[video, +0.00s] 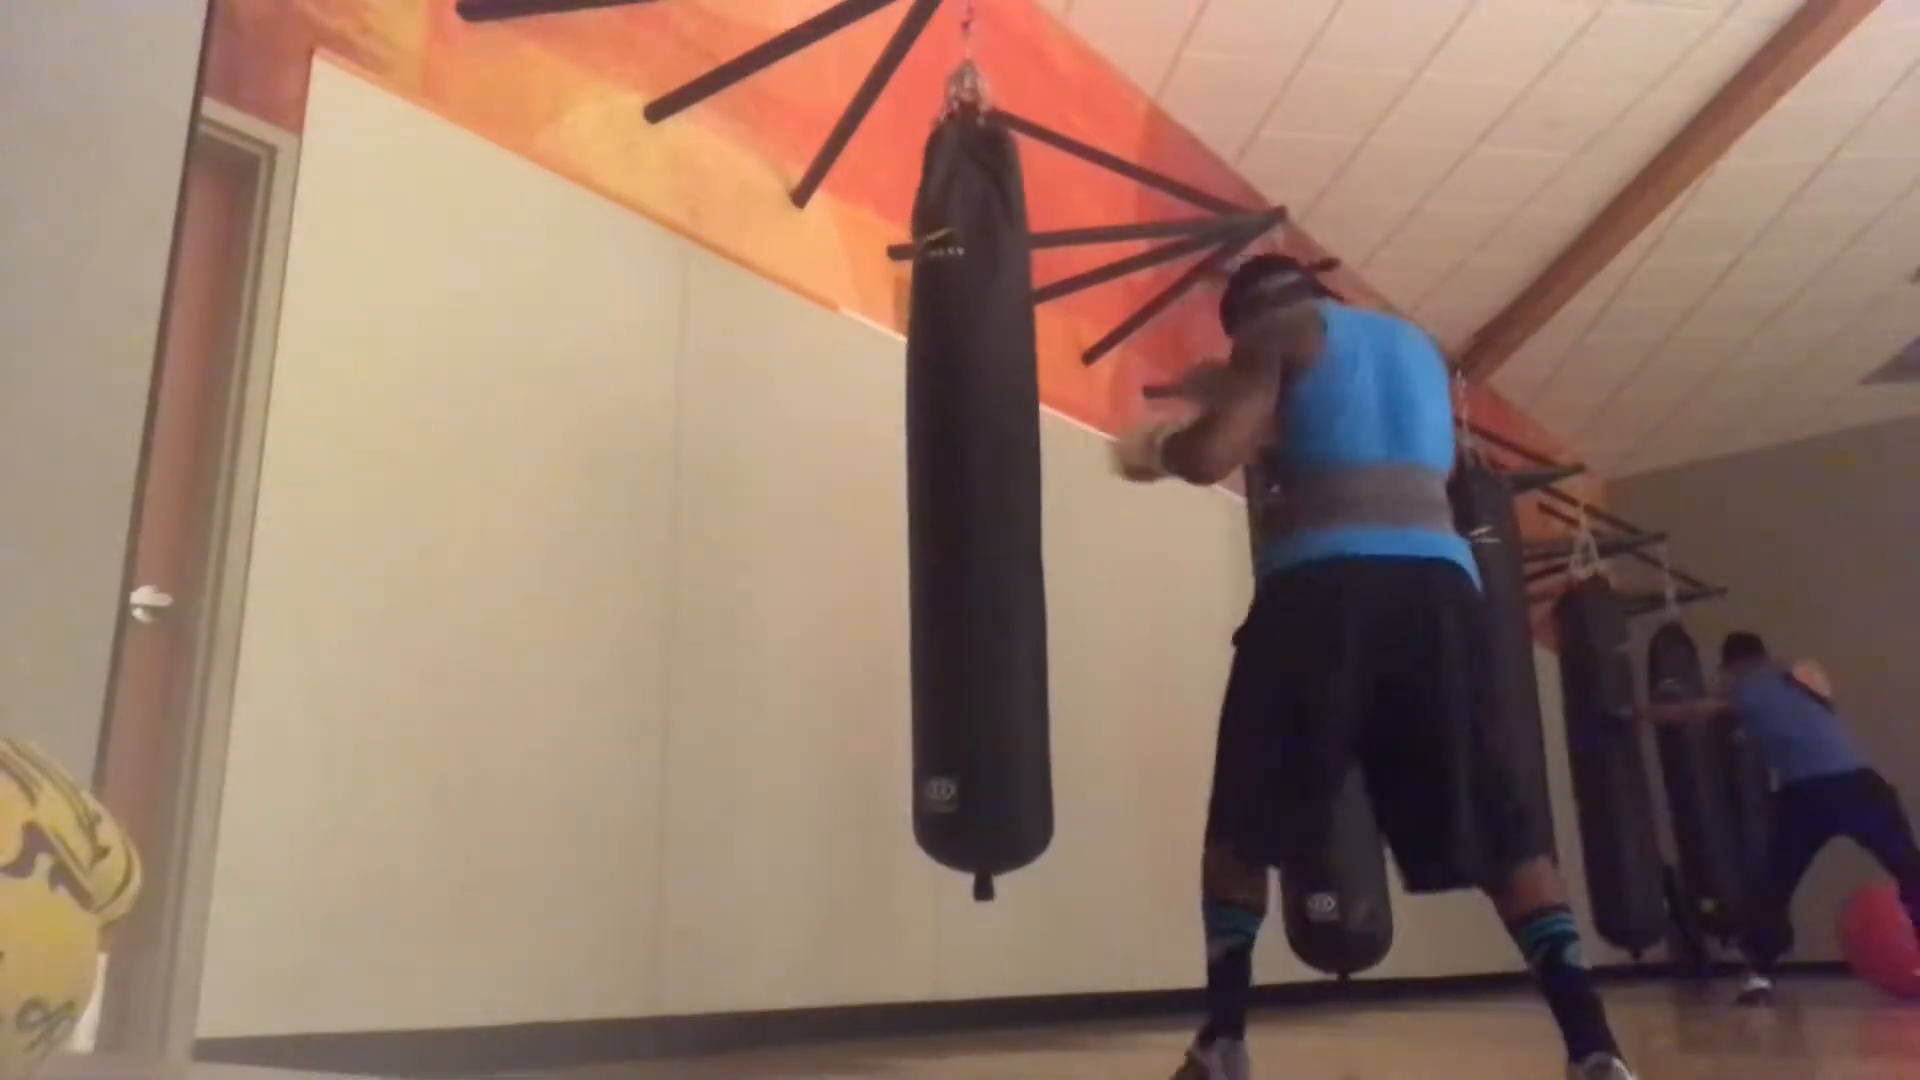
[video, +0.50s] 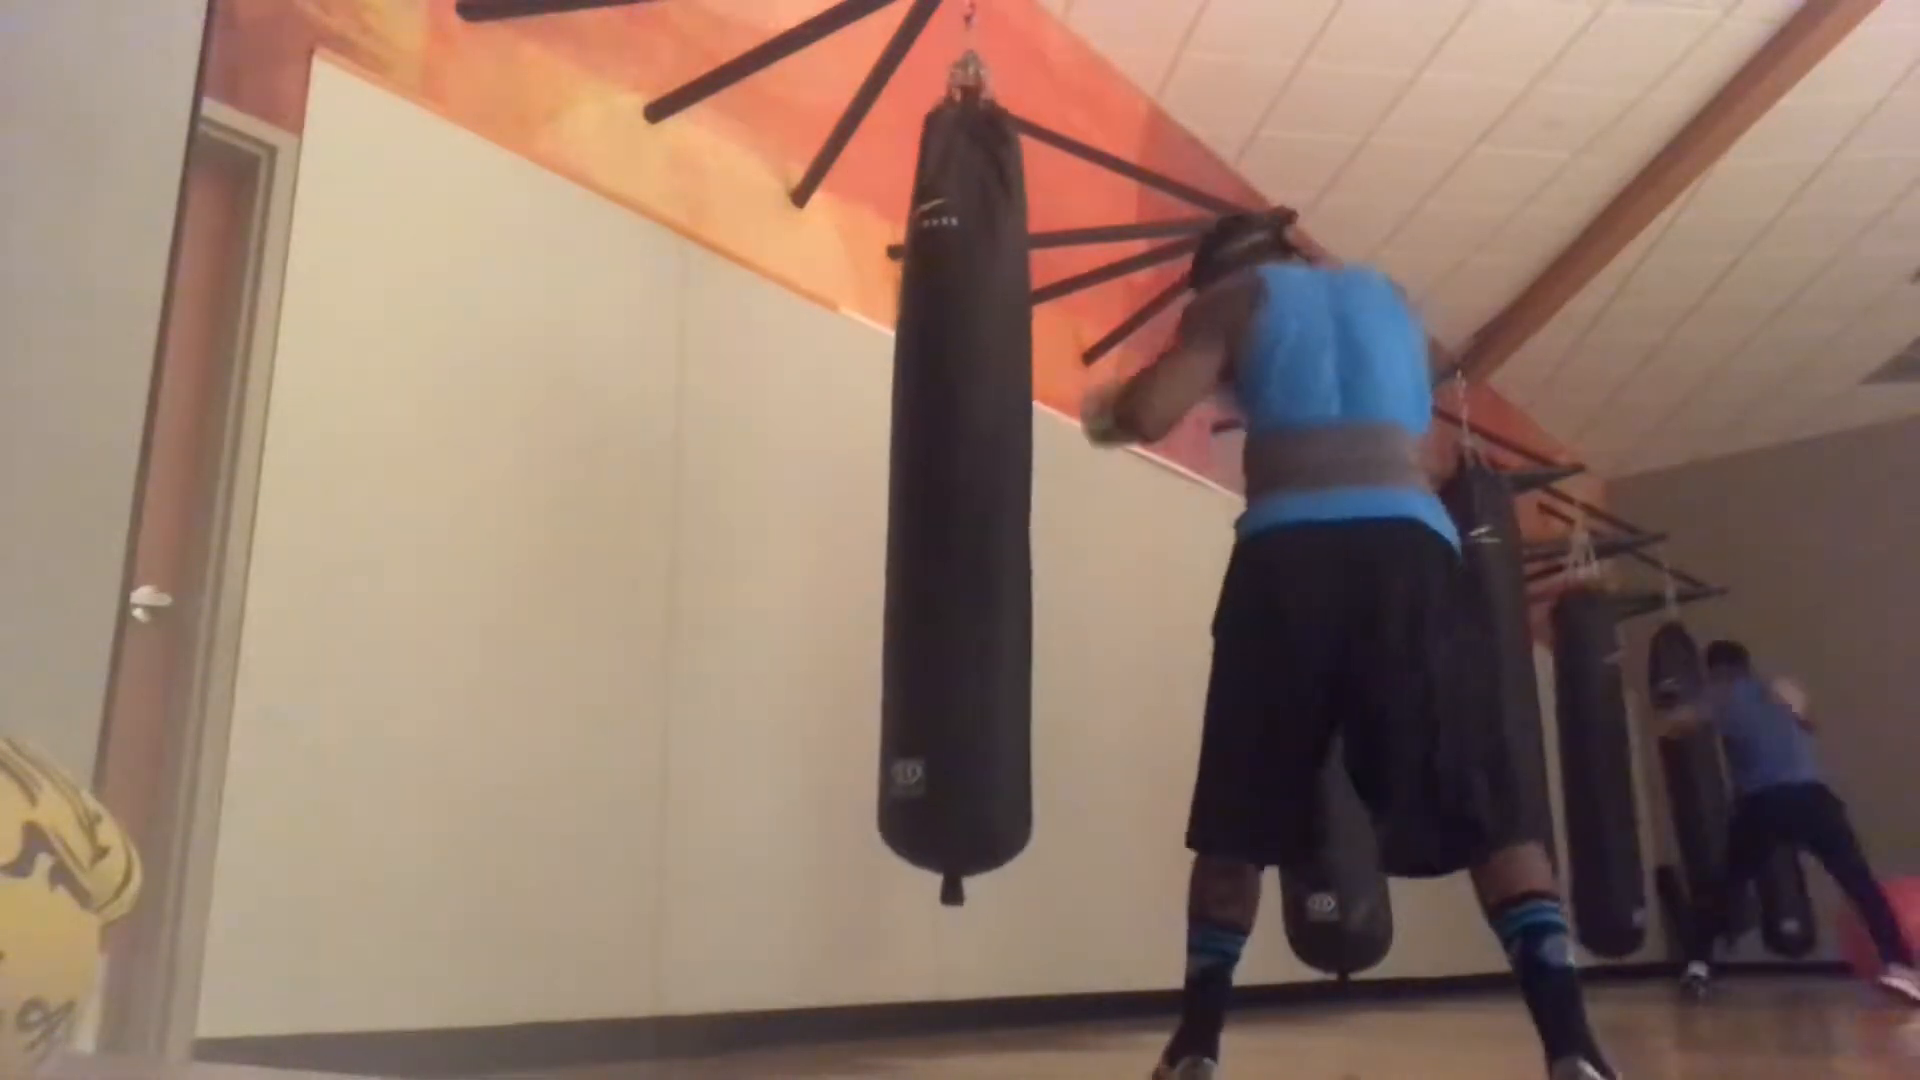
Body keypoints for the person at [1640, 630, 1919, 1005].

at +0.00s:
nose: (1727, 675)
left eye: (1726, 668)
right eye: (1726, 668)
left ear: (1731, 666)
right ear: (1765, 657)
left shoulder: (1746, 691)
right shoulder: (1795, 682)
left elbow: (1689, 713)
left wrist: (1642, 713)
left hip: (1806, 794)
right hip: (1859, 784)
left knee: (1774, 884)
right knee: (1908, 867)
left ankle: (1760, 975)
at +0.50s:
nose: (1713, 679)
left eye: (1712, 672)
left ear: (1712, 671)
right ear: (1746, 665)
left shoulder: (1717, 699)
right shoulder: (1776, 690)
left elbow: (1672, 724)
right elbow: (1808, 722)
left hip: (1760, 803)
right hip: (1810, 795)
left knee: (1729, 882)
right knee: (1858, 880)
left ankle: (1700, 962)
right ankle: (1897, 961)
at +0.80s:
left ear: (1681, 672)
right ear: (1717, 664)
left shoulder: (1675, 708)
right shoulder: (1739, 686)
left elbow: (1656, 756)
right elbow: (1769, 710)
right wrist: (1777, 748)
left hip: (1719, 801)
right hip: (1772, 790)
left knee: (1706, 886)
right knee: (1808, 869)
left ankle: (1692, 977)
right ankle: (1819, 958)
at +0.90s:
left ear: (1693, 662)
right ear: (1726, 657)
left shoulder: (1682, 700)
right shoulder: (1756, 688)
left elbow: (1677, 761)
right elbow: (1783, 741)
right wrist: (1775, 764)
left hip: (1717, 802)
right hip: (1771, 795)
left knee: (1707, 886)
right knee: (1806, 879)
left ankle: (1692, 979)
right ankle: (1814, 968)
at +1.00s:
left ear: (1707, 660)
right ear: (1743, 657)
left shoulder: (1691, 699)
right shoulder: (1772, 690)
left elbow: (1680, 759)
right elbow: (1792, 743)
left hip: (1723, 806)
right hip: (1779, 799)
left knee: (1712, 887)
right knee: (1816, 882)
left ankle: (1694, 977)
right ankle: (1817, 973)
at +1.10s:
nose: (1734, 660)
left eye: (1727, 654)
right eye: (1738, 651)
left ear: (1717, 655)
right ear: (1754, 653)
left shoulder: (1699, 694)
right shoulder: (1781, 687)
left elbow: (1676, 750)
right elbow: (1803, 738)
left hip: (1733, 807)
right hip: (1786, 800)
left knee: (1717, 885)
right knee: (1822, 882)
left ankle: (1701, 975)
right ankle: (1817, 975)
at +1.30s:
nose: (1730, 653)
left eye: (1725, 646)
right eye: (1736, 644)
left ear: (1715, 648)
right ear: (1751, 645)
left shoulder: (1701, 690)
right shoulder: (1780, 678)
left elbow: (1673, 740)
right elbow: (1804, 731)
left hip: (1737, 800)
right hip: (1791, 793)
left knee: (1720, 885)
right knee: (1819, 882)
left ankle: (1713, 977)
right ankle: (1816, 976)